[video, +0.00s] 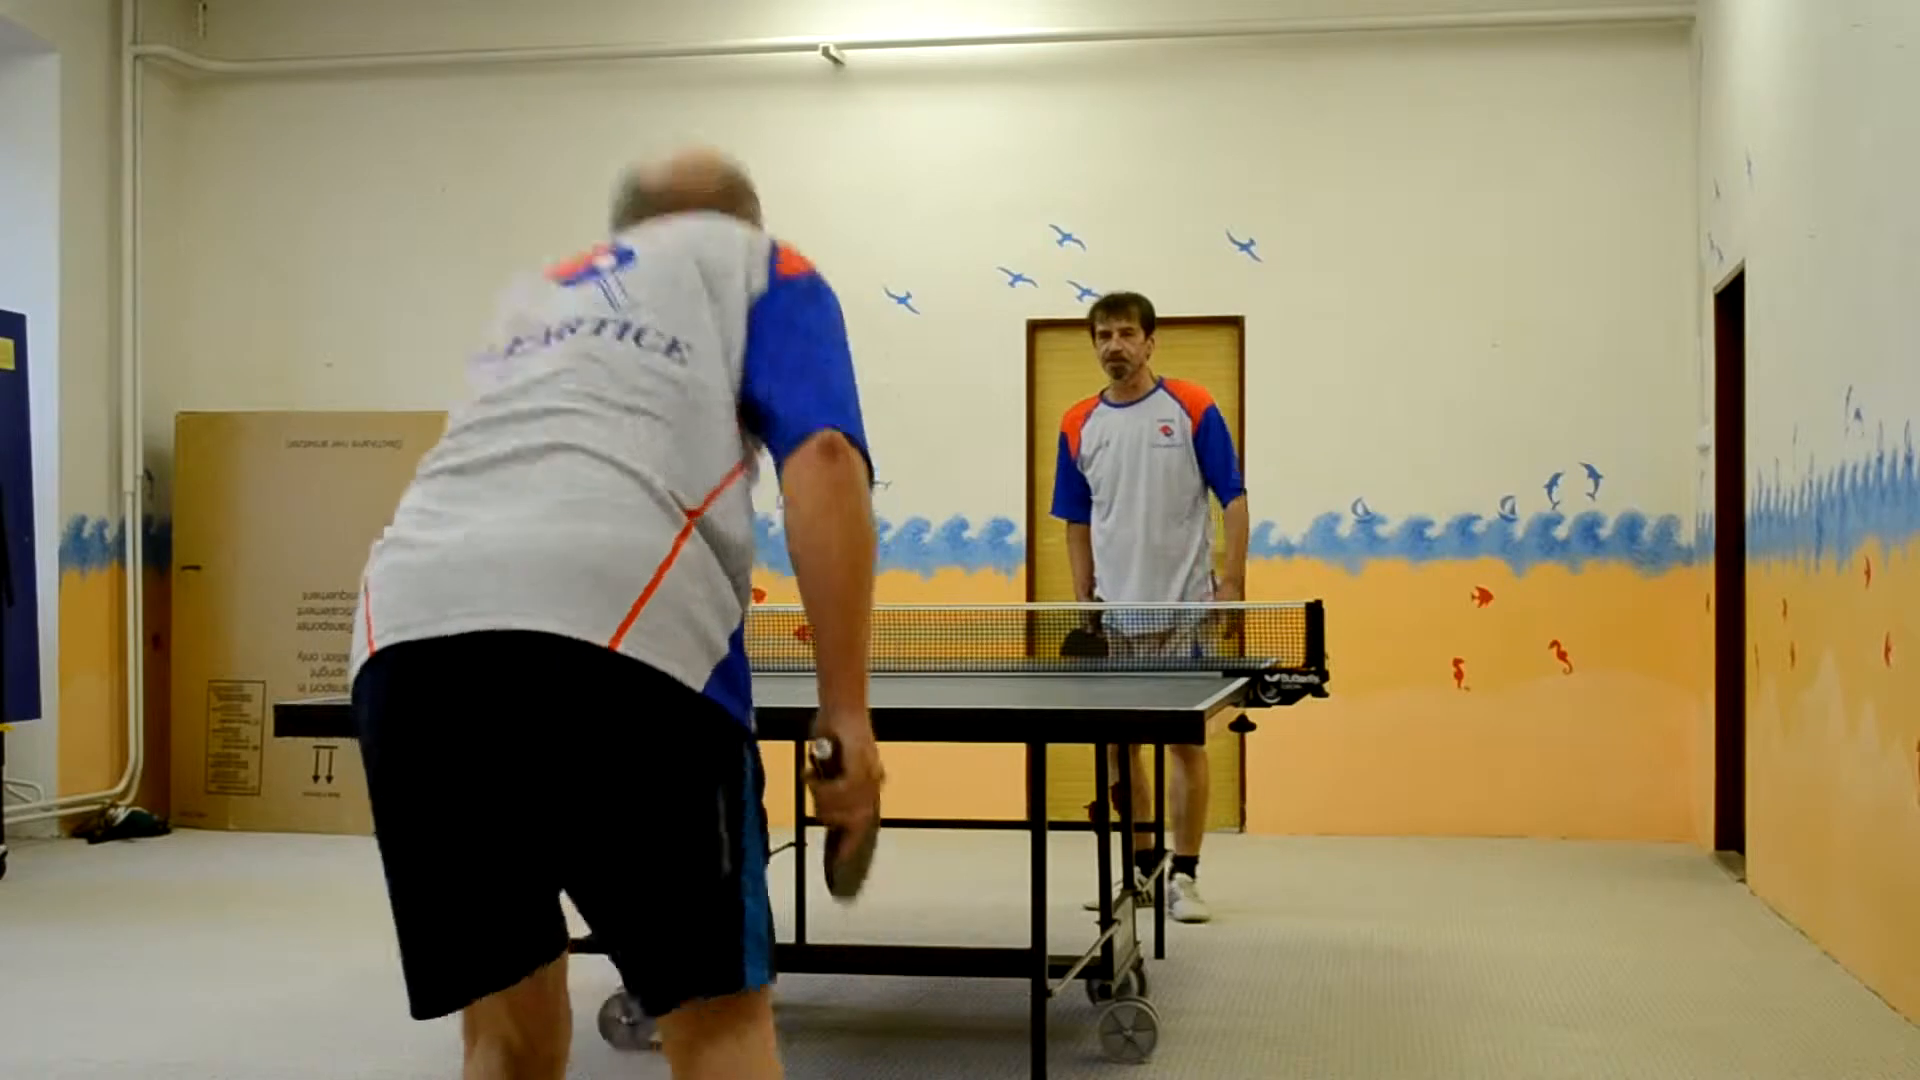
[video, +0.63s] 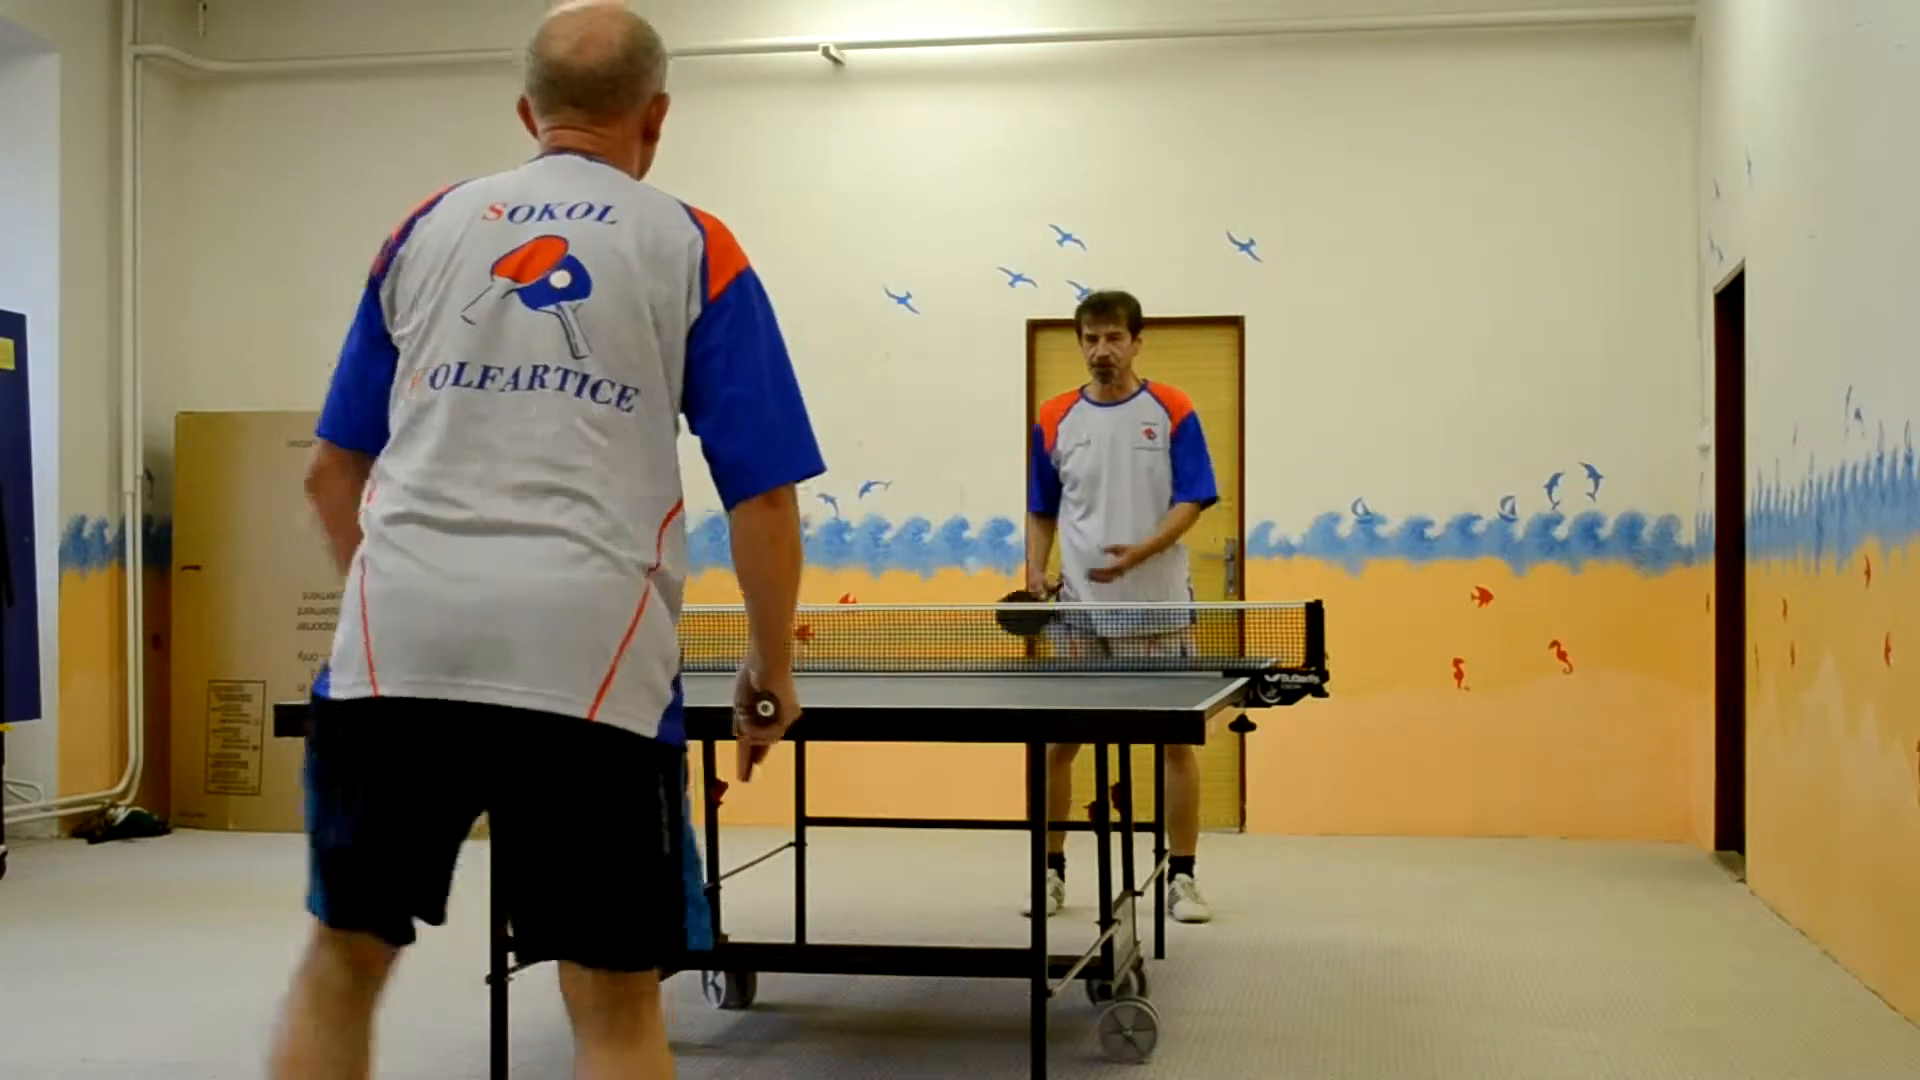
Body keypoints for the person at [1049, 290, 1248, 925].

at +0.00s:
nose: (1116, 346)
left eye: (1127, 334)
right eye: (1105, 336)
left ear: (1149, 340)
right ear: (1094, 345)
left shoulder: (1193, 407)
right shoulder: (1076, 424)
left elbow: (1234, 498)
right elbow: (1075, 524)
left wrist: (1230, 583)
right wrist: (1085, 605)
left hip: (1186, 610)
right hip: (1114, 615)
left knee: (1185, 741)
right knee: (1120, 747)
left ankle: (1182, 872)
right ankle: (1143, 871)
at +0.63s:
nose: (1101, 349)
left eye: (1112, 338)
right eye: (1091, 339)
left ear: (1136, 342)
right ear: (1079, 344)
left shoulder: (1172, 409)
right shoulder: (1054, 419)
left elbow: (1196, 497)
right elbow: (1042, 506)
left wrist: (1141, 551)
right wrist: (1035, 568)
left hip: (1158, 606)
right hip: (1079, 609)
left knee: (1177, 740)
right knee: (1057, 741)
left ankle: (1181, 873)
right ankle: (1050, 870)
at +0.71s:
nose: (1086, 352)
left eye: (1097, 340)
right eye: (1076, 341)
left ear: (1121, 343)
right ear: (1064, 346)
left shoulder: (1156, 409)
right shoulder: (1040, 419)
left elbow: (1171, 500)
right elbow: (1027, 508)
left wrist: (1120, 541)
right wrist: (1028, 567)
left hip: (1145, 606)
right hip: (1067, 608)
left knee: (1171, 740)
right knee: (1051, 740)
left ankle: (1178, 872)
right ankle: (1049, 870)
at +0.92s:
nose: (1054, 356)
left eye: (1066, 346)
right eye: (1047, 345)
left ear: (1095, 348)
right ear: (1039, 346)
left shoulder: (1131, 408)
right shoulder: (1018, 417)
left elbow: (1127, 498)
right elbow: (1003, 502)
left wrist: (1064, 520)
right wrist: (1000, 564)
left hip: (1127, 602)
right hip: (1051, 607)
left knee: (1161, 731)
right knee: (1042, 737)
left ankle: (1168, 865)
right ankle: (1047, 867)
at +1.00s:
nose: (1049, 359)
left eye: (1061, 349)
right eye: (1043, 348)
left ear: (1093, 350)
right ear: (1037, 347)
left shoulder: (1130, 409)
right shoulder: (1017, 418)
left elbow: (1117, 499)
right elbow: (1001, 504)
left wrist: (1056, 514)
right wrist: (997, 566)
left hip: (1123, 603)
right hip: (1048, 608)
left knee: (1156, 732)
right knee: (1041, 737)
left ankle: (1158, 864)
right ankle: (1046, 867)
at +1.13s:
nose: (1057, 359)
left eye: (1070, 350)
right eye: (1052, 347)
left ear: (1100, 352)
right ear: (1042, 345)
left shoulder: (1136, 408)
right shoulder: (1021, 419)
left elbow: (1124, 500)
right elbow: (1005, 506)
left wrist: (1058, 516)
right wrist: (1000, 569)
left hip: (1126, 604)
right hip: (1050, 608)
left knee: (1147, 734)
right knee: (1041, 737)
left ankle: (1145, 863)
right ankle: (1046, 867)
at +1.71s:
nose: (1159, 381)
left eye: (1171, 369)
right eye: (1148, 369)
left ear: (1187, 367)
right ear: (1130, 367)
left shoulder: (1214, 420)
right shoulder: (1093, 431)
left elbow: (1240, 510)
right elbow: (1052, 517)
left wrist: (1184, 544)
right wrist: (1081, 573)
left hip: (1191, 609)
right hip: (1123, 610)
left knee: (1180, 736)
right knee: (1142, 738)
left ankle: (1146, 862)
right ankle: (1144, 871)